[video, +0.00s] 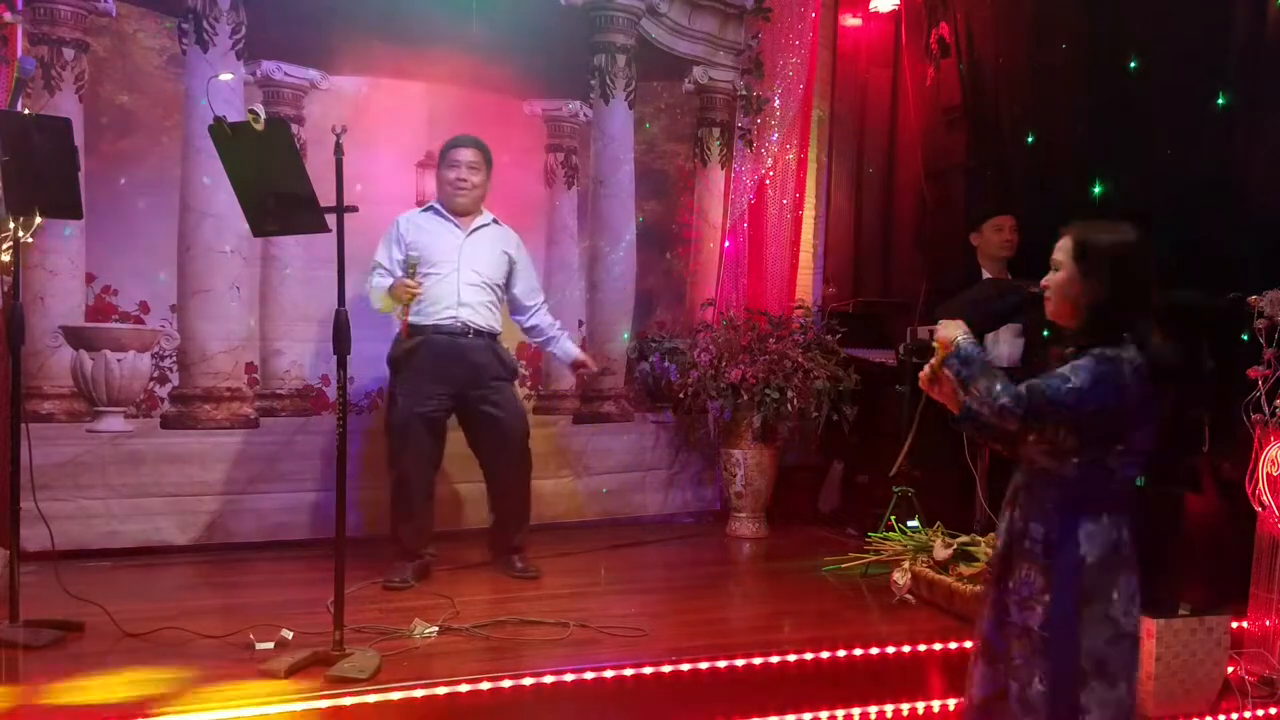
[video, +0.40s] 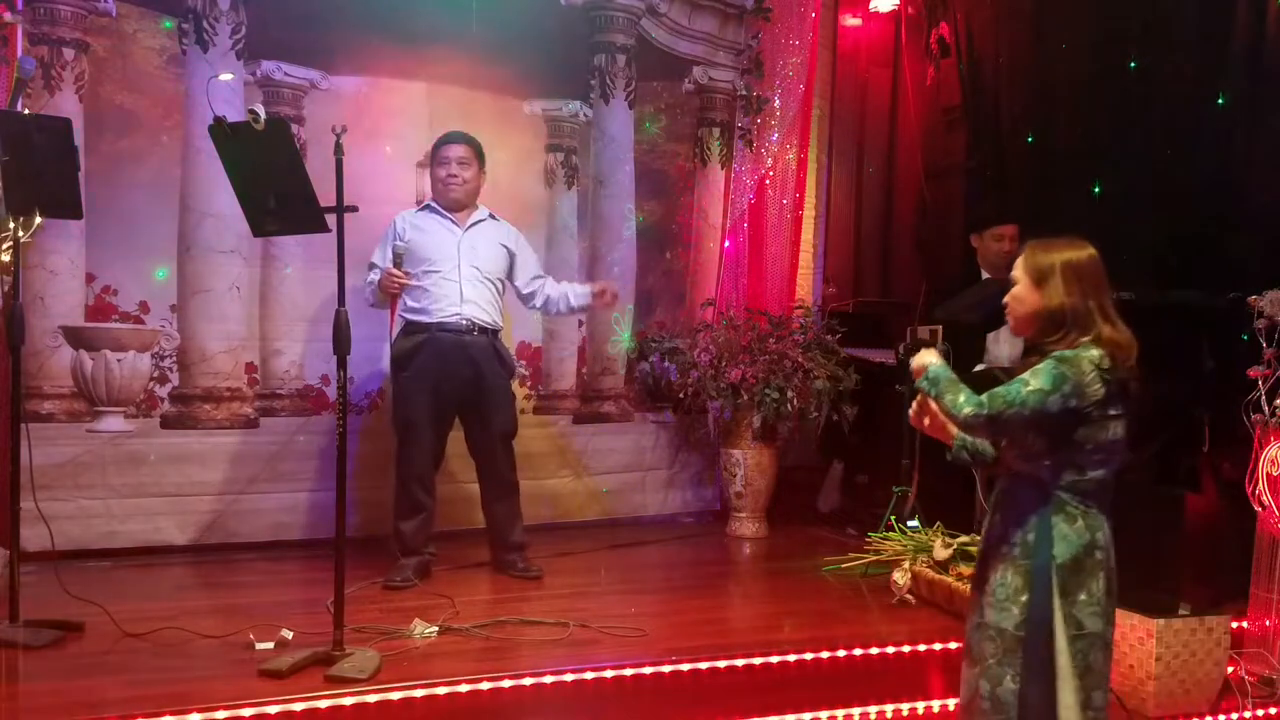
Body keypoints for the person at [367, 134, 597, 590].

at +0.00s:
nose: (462, 175)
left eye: (473, 168)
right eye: (453, 166)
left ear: (488, 179)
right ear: (438, 175)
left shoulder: (505, 239)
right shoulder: (410, 225)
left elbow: (532, 310)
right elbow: (378, 285)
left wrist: (571, 353)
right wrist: (393, 290)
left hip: (485, 353)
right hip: (424, 350)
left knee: (511, 442)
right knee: (411, 451)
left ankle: (509, 549)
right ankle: (412, 556)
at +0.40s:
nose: (452, 171)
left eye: (463, 164)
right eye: (443, 164)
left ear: (481, 175)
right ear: (431, 173)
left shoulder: (505, 234)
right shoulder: (406, 225)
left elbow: (538, 292)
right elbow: (373, 289)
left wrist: (589, 294)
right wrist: (383, 285)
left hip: (484, 351)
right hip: (423, 350)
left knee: (498, 457)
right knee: (416, 459)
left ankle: (509, 552)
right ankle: (412, 557)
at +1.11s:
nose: (476, 175)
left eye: (487, 167)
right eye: (468, 167)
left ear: (505, 177)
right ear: (456, 175)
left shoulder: (525, 233)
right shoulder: (431, 230)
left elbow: (548, 294)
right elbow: (403, 290)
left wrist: (574, 312)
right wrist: (409, 295)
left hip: (518, 352)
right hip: (459, 353)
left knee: (522, 454)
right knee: (437, 449)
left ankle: (513, 550)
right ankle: (414, 556)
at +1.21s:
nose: (482, 179)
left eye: (494, 172)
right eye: (473, 171)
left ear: (511, 184)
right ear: (461, 180)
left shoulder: (530, 238)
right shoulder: (436, 234)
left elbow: (553, 299)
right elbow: (408, 293)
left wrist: (579, 317)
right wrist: (415, 298)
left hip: (524, 355)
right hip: (463, 357)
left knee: (533, 445)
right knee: (441, 446)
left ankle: (514, 548)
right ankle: (414, 555)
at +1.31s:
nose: (487, 180)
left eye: (498, 173)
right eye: (478, 172)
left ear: (515, 184)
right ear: (466, 181)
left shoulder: (534, 238)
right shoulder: (440, 235)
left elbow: (556, 299)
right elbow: (413, 294)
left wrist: (584, 314)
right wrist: (417, 300)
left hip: (527, 356)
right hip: (466, 357)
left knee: (536, 445)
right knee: (443, 444)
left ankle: (515, 548)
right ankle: (415, 553)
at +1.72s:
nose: (505, 177)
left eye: (516, 171)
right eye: (495, 168)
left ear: (527, 183)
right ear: (478, 177)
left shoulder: (542, 238)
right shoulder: (447, 227)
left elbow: (566, 299)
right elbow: (417, 293)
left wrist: (592, 281)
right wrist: (419, 286)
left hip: (525, 353)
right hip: (465, 351)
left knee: (522, 457)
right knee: (445, 449)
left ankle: (513, 549)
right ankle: (417, 552)